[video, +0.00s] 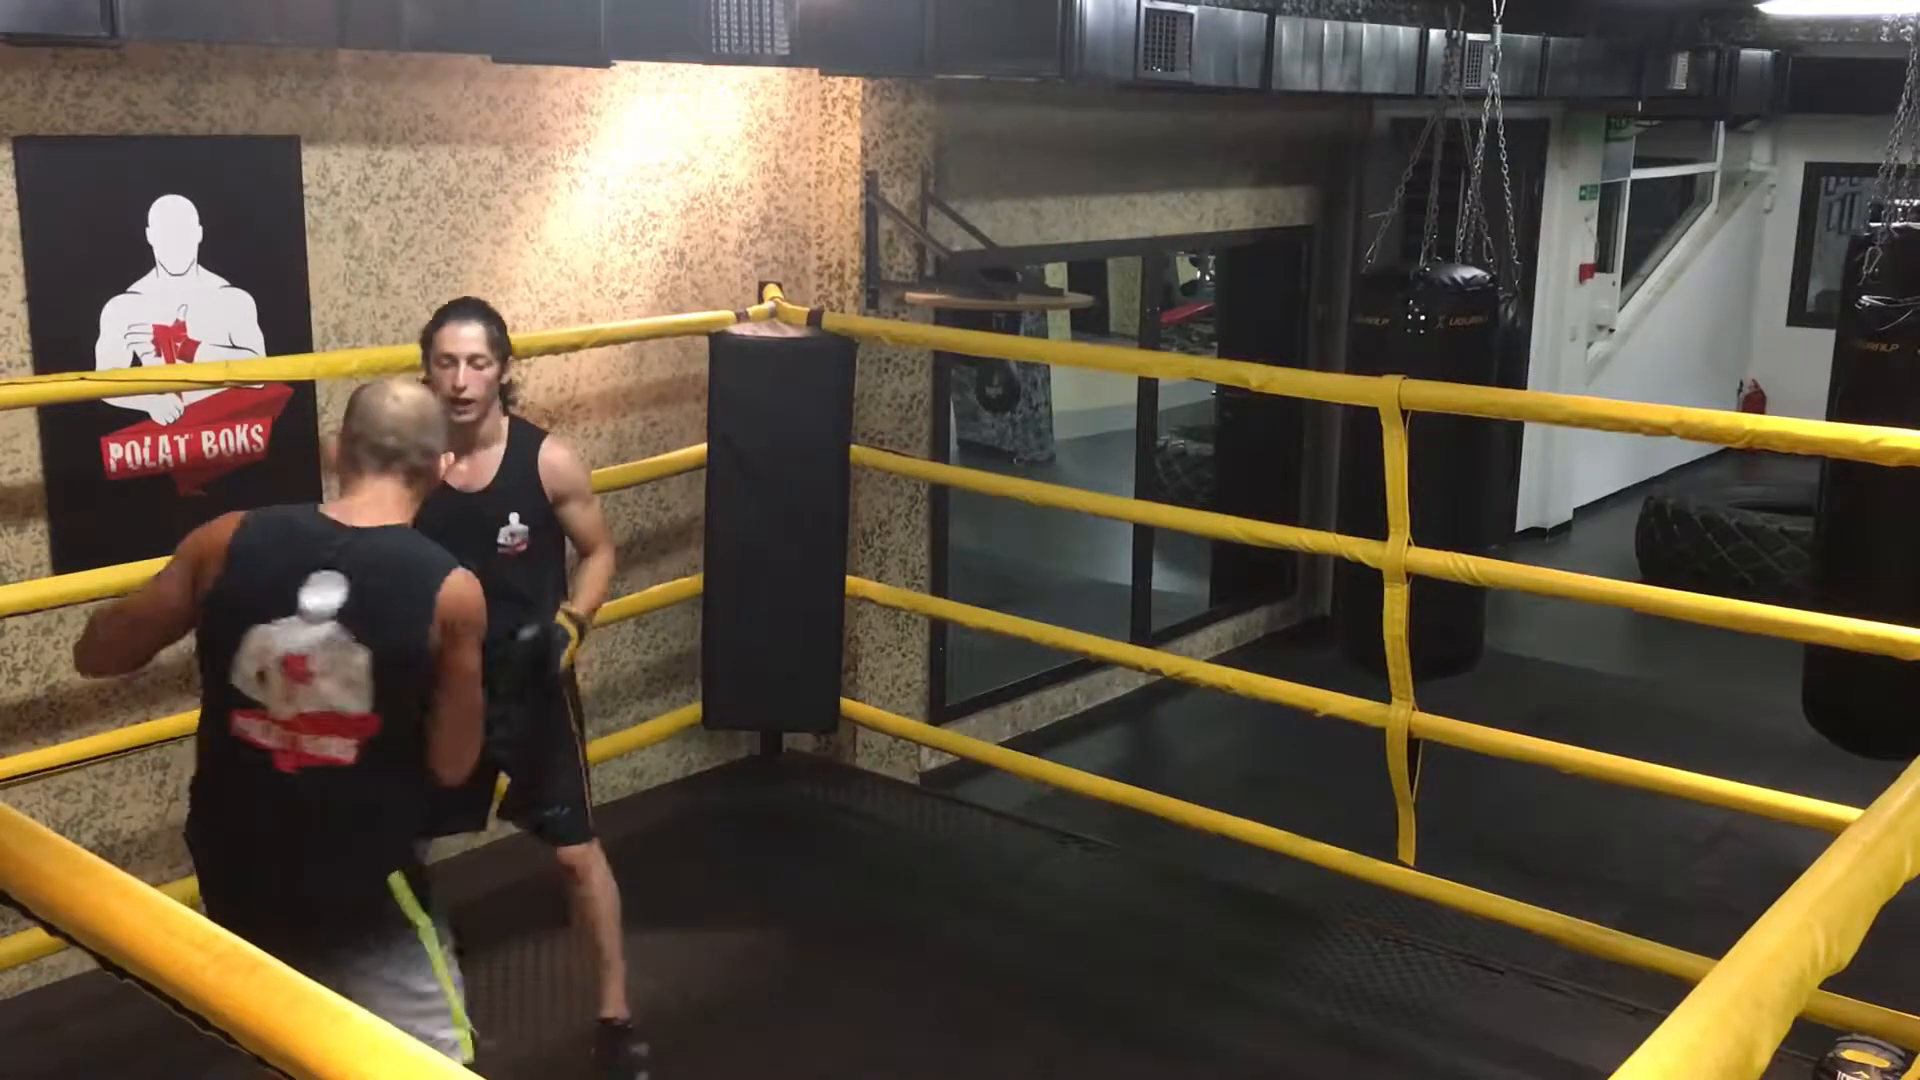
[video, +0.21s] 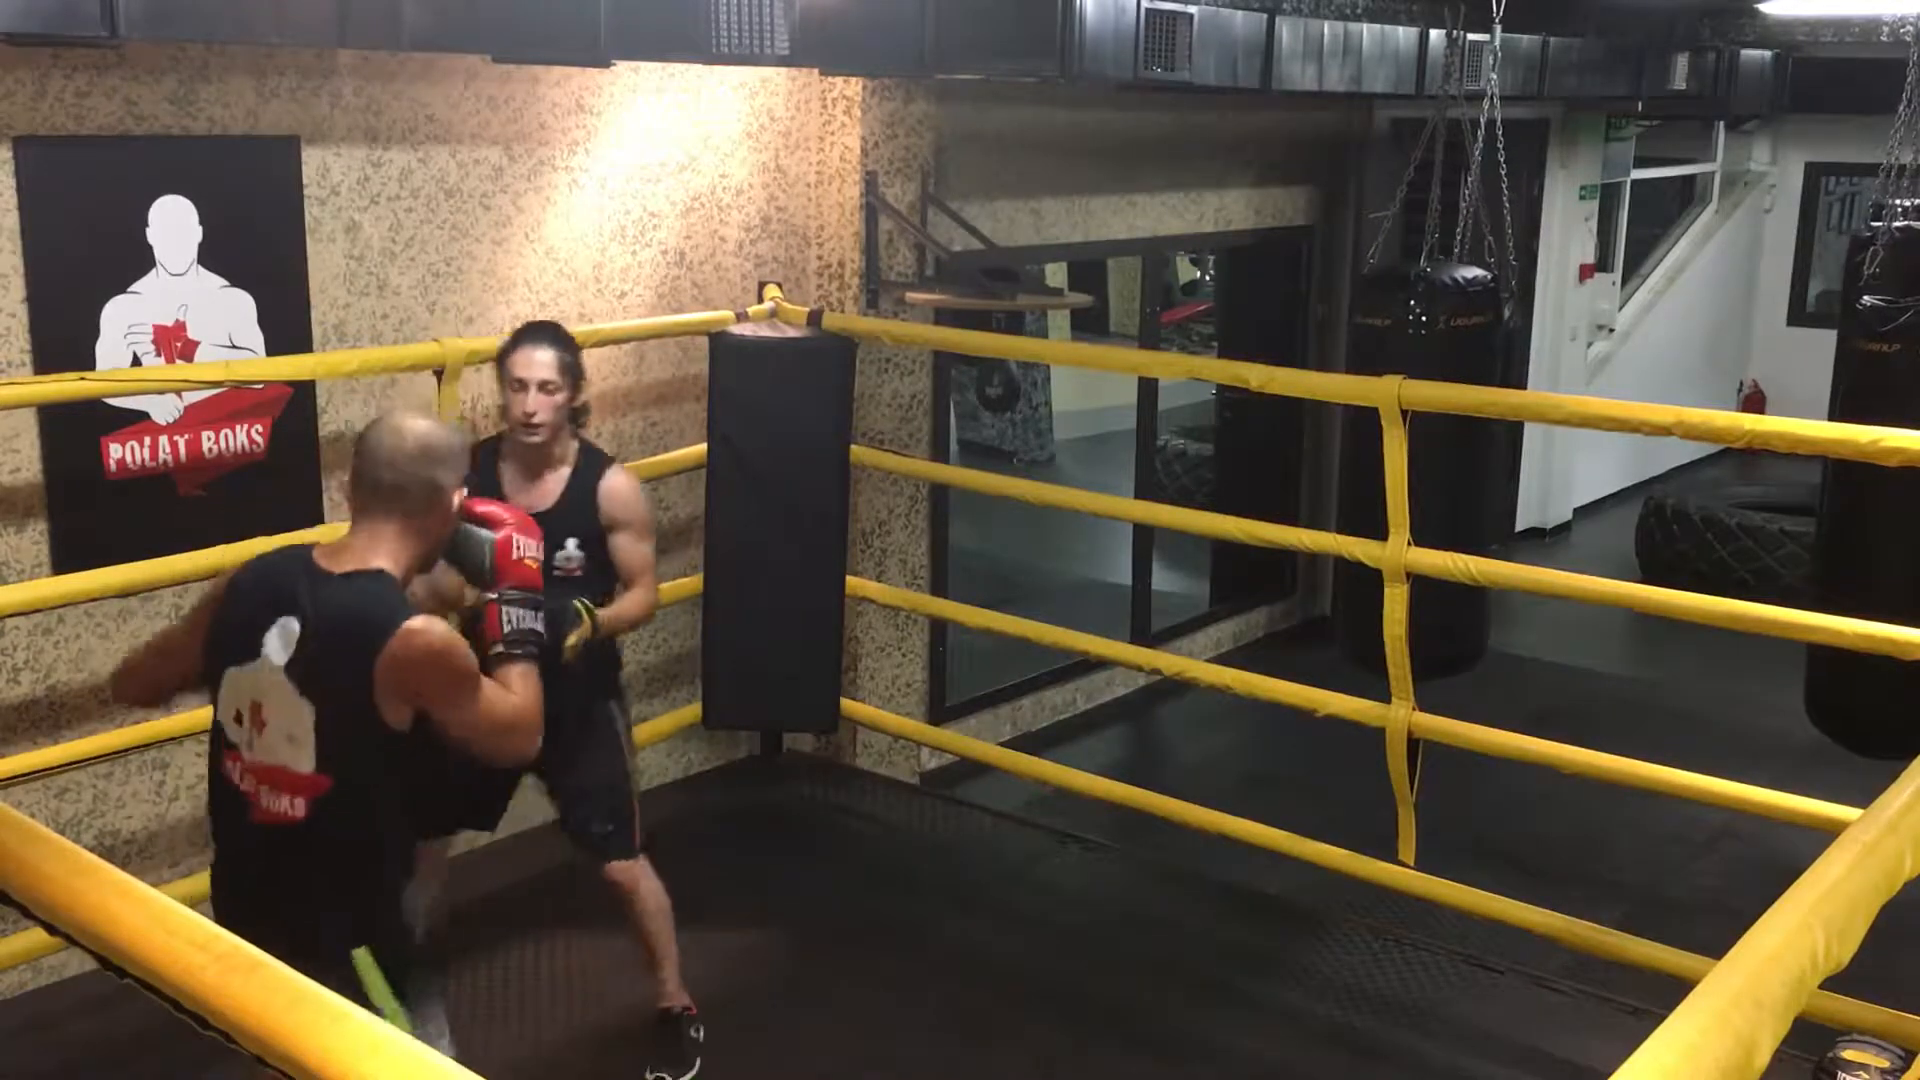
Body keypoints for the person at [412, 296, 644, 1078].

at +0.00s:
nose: (459, 378)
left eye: (476, 363)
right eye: (445, 364)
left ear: (504, 370)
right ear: (427, 371)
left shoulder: (549, 460)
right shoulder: (408, 461)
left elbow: (598, 553)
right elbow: (372, 552)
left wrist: (571, 622)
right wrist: (395, 626)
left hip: (527, 680)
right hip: (432, 674)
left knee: (575, 850)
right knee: (400, 840)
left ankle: (614, 1013)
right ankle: (413, 997)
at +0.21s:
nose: (529, 405)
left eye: (546, 389)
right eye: (517, 388)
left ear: (575, 395)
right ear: (500, 393)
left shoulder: (611, 487)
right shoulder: (473, 468)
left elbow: (642, 593)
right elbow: (432, 562)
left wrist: (594, 621)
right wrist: (464, 603)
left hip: (576, 686)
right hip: (482, 677)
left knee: (621, 864)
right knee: (423, 830)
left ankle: (674, 999)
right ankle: (410, 955)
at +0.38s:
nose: (574, 391)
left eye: (591, 378)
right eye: (564, 376)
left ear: (625, 385)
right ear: (552, 380)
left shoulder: (663, 471)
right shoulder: (531, 455)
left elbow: (689, 587)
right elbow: (504, 546)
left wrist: (648, 561)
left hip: (638, 686)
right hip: (548, 674)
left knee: (653, 851)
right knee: (509, 817)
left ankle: (678, 1000)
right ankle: (529, 948)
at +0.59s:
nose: (608, 394)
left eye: (623, 379)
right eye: (596, 380)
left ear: (659, 378)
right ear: (585, 383)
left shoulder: (704, 448)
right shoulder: (591, 457)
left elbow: (725, 548)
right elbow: (548, 536)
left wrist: (686, 452)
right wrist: (575, 480)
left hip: (690, 666)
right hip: (627, 663)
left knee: (676, 843)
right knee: (641, 830)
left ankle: (693, 998)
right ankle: (727, 944)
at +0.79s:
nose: (630, 401)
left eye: (645, 386)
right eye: (619, 386)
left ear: (678, 385)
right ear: (606, 388)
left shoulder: (727, 452)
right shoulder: (617, 469)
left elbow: (758, 553)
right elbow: (567, 577)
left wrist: (719, 463)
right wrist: (589, 521)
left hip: (729, 673)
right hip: (664, 672)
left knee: (733, 842)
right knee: (646, 826)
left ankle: (795, 1013)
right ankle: (727, 949)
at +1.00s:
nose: (661, 407)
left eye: (677, 390)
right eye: (650, 391)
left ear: (713, 391)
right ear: (639, 395)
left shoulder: (762, 461)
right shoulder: (640, 475)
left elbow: (787, 560)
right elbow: (611, 578)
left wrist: (745, 470)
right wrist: (597, 537)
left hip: (758, 691)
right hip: (676, 690)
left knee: (790, 866)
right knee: (666, 830)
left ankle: (824, 1047)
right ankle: (729, 950)